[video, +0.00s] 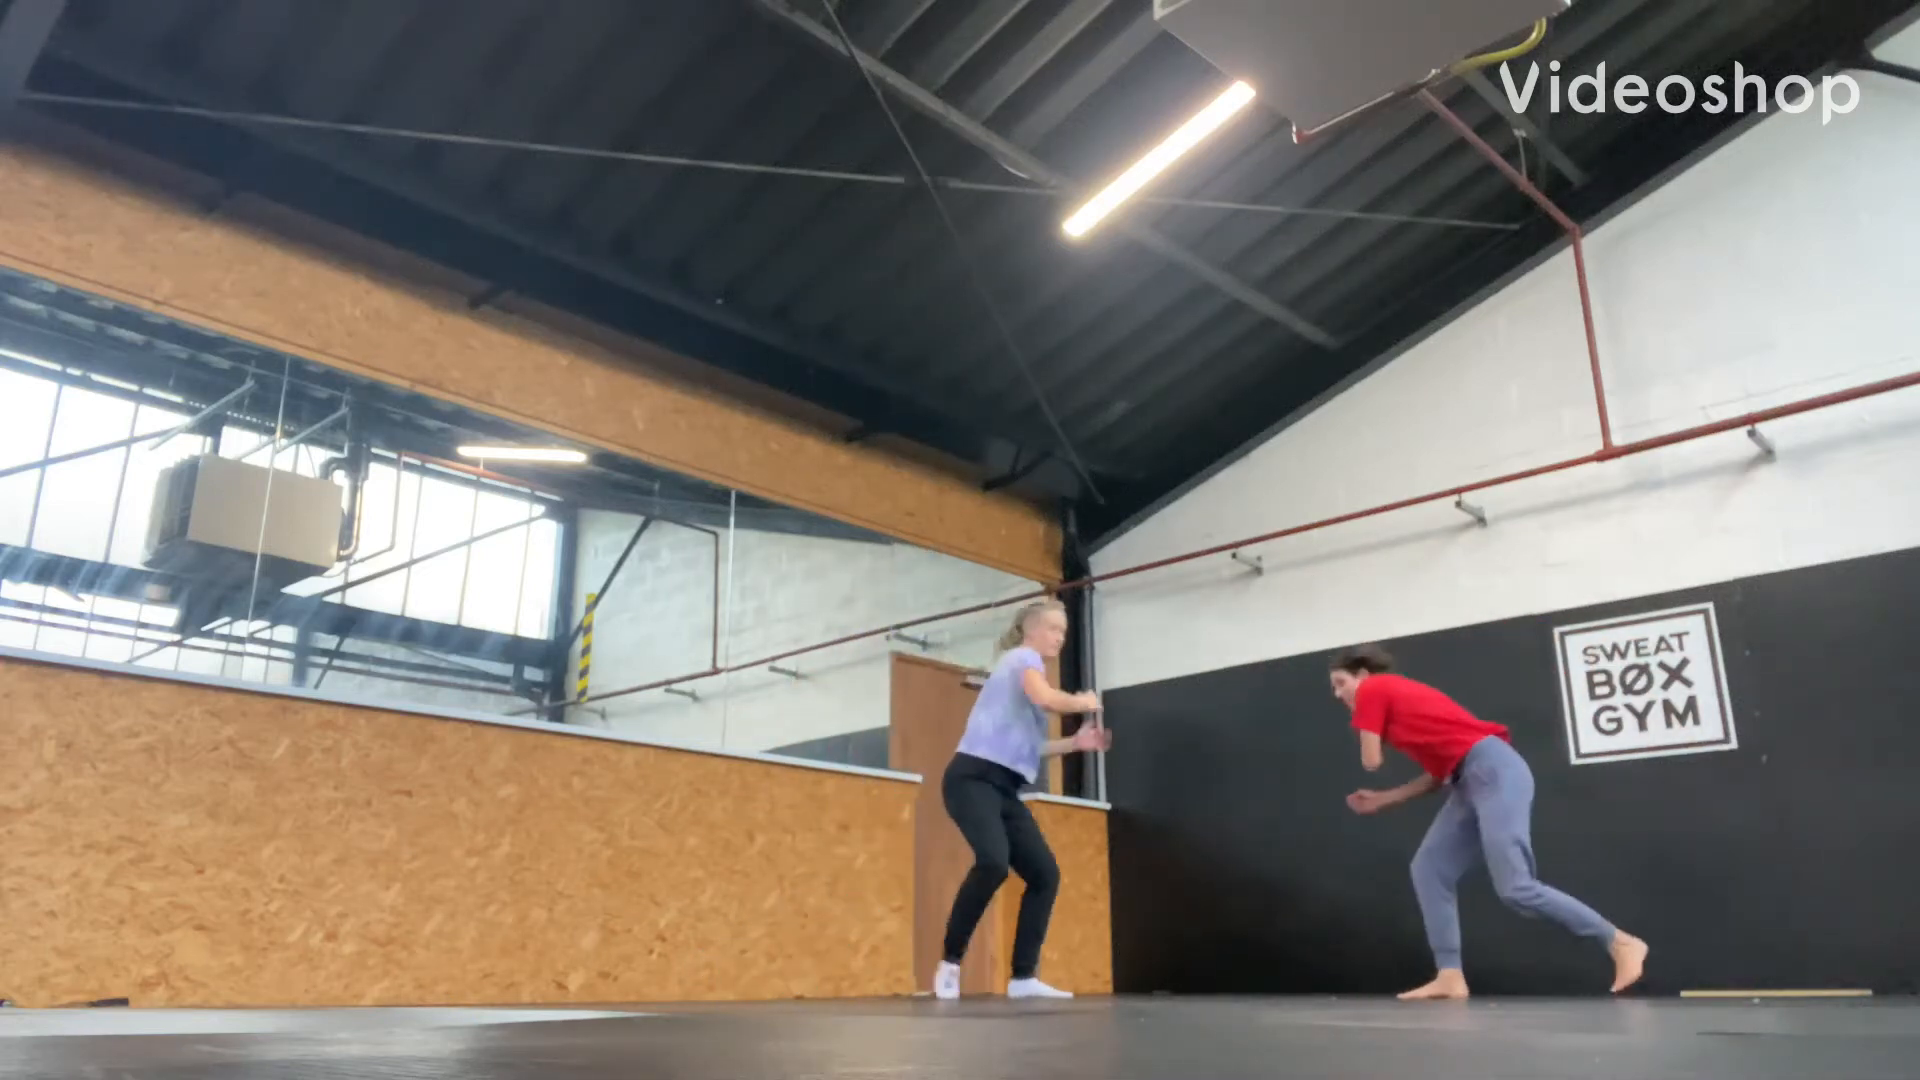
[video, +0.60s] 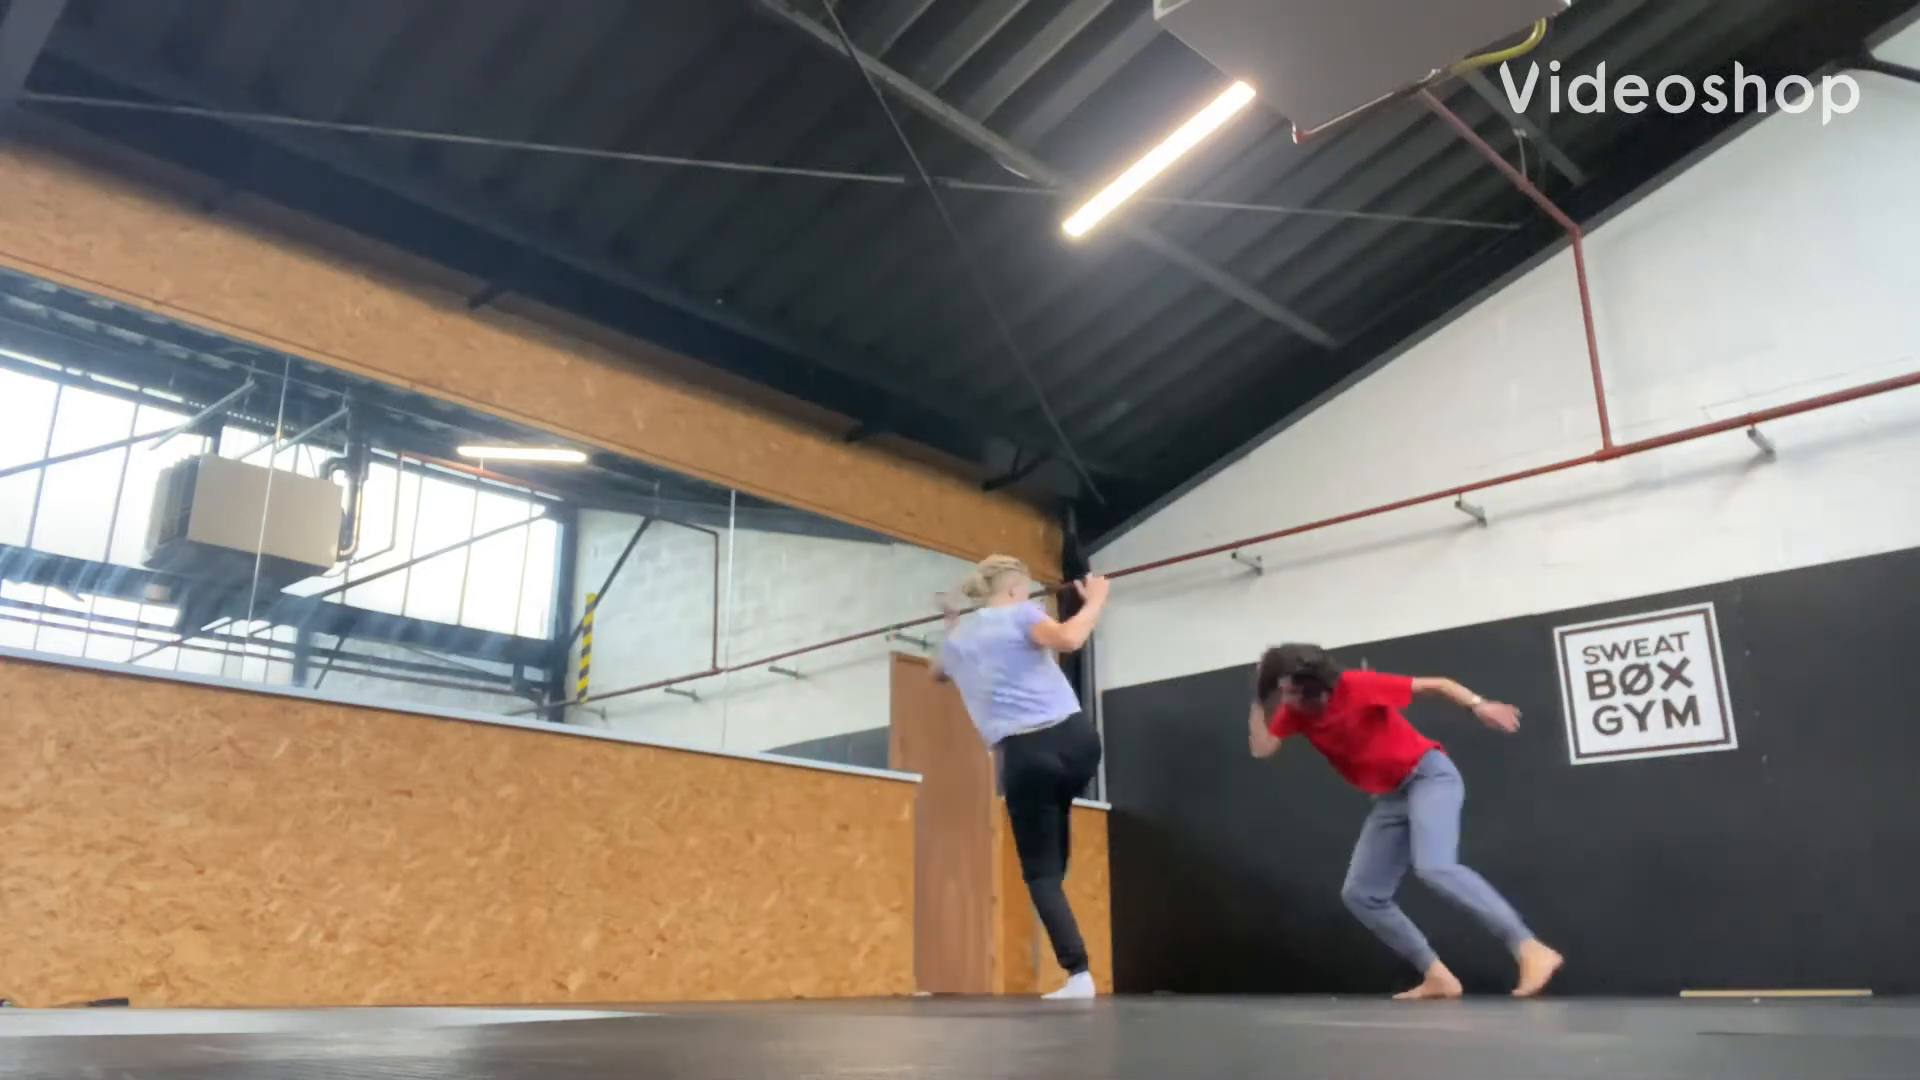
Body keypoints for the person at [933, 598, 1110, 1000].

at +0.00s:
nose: (1059, 638)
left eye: (1063, 631)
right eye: (1053, 629)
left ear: (1058, 636)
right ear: (1028, 629)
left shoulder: (1025, 678)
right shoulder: (1022, 657)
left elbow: (1024, 748)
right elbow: (1043, 697)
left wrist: (1076, 743)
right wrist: (1080, 702)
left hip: (1004, 791)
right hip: (972, 780)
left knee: (1044, 875)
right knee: (993, 863)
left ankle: (1023, 979)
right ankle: (950, 962)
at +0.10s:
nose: (1043, 617)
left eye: (1049, 611)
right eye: (1034, 609)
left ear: (1056, 619)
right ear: (1016, 614)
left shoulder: (1048, 673)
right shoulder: (1000, 641)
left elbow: (1054, 733)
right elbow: (969, 660)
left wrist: (1091, 702)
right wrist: (1030, 644)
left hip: (1028, 782)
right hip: (979, 776)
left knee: (1059, 874)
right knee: (982, 867)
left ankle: (1028, 974)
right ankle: (1005, 971)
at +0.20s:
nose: (1010, 604)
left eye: (1018, 596)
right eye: (1004, 598)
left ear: (1039, 600)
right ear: (999, 604)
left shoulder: (1058, 655)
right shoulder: (979, 645)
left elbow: (1084, 714)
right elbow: (919, 663)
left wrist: (1096, 671)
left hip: (1038, 772)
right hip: (985, 772)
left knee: (1061, 873)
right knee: (976, 872)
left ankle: (1050, 951)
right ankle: (1009, 977)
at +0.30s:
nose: (978, 604)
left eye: (984, 594)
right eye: (977, 595)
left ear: (1011, 594)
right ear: (997, 598)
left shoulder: (1047, 639)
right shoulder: (995, 650)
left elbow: (1089, 691)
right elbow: (980, 682)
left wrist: (1074, 642)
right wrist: (938, 652)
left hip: (1038, 768)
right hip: (994, 770)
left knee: (1016, 871)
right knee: (982, 872)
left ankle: (1084, 942)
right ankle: (1009, 978)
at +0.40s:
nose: (973, 592)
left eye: (979, 584)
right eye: (972, 585)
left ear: (1000, 589)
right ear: (1006, 591)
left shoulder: (1007, 624)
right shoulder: (1029, 627)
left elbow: (1020, 661)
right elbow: (1076, 660)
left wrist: (991, 626)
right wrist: (1048, 625)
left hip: (1032, 756)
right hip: (1037, 754)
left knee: (1006, 867)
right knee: (1005, 867)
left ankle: (1072, 959)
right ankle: (1011, 975)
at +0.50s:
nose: (1018, 590)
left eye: (1013, 584)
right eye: (1016, 584)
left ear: (976, 593)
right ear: (1012, 587)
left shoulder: (969, 637)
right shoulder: (1041, 619)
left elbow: (905, 661)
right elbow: (1105, 635)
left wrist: (891, 616)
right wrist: (1109, 588)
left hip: (1025, 755)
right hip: (1073, 747)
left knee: (1035, 872)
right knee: (1029, 861)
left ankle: (1078, 975)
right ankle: (1010, 962)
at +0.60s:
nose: (1029, 598)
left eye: (1030, 592)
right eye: (1027, 591)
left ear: (980, 593)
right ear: (1011, 589)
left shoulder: (958, 641)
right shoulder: (1021, 615)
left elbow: (938, 675)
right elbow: (1068, 640)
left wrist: (951, 625)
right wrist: (1095, 601)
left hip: (1025, 758)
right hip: (1077, 740)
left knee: (1042, 874)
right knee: (1058, 803)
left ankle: (1079, 974)